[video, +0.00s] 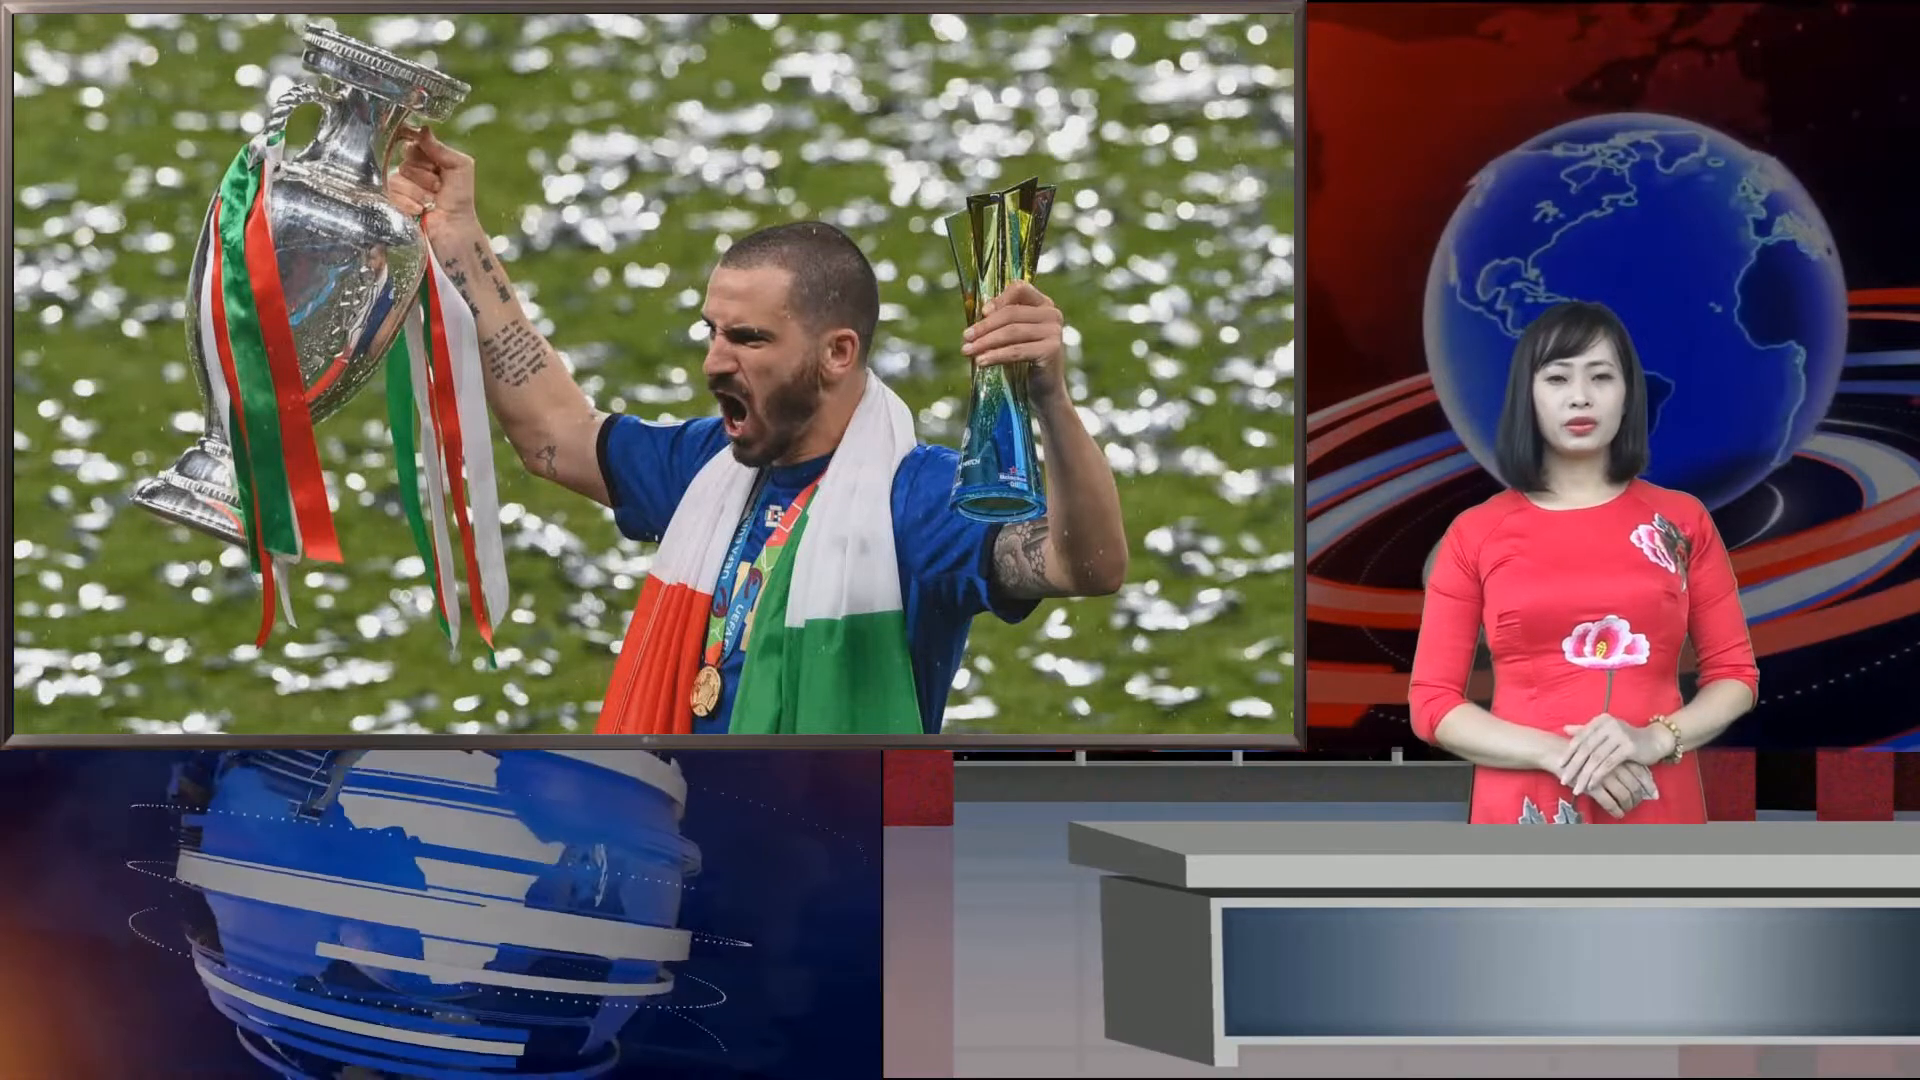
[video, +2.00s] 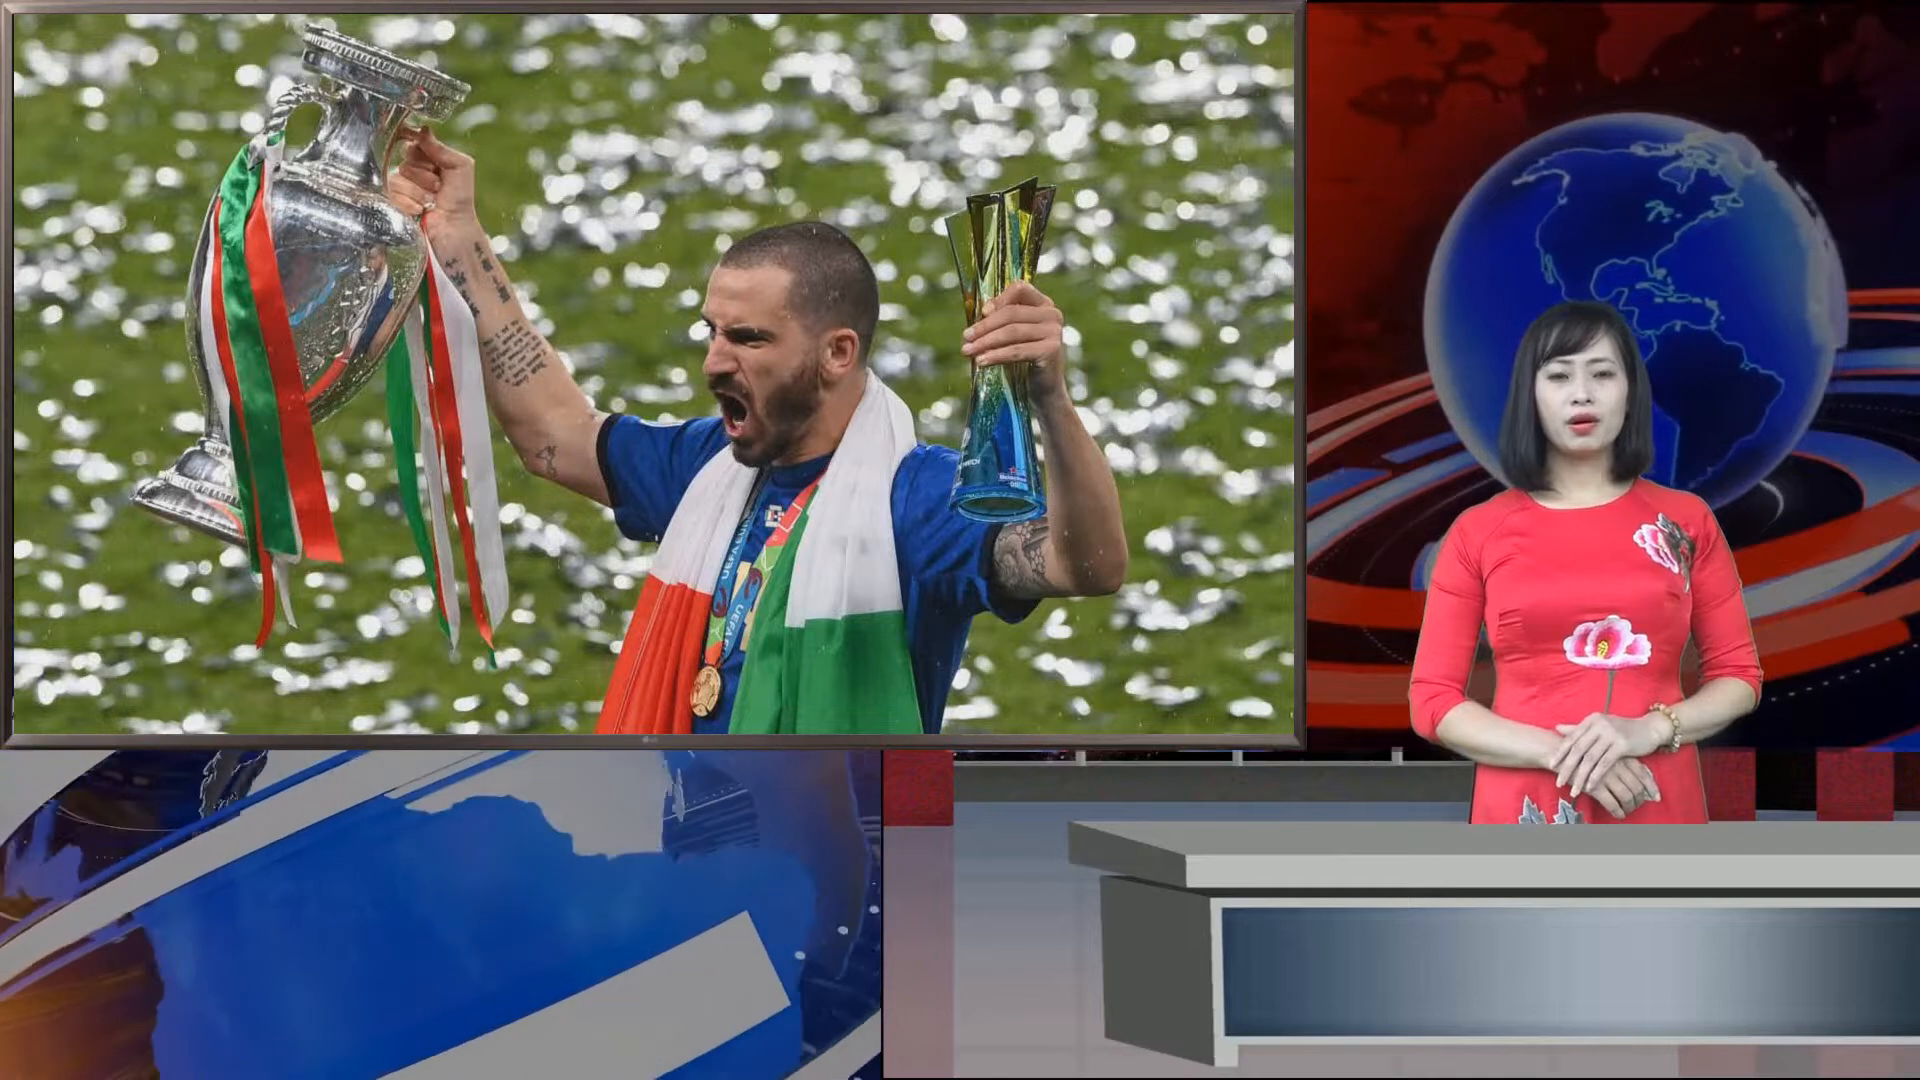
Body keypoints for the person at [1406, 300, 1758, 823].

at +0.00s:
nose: (1580, 396)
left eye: (1601, 377)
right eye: (1557, 378)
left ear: (1627, 394)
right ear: (1528, 395)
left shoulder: (1681, 522)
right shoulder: (1476, 535)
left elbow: (1735, 678)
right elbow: (1432, 704)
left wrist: (1654, 738)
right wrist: (1560, 752)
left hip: (1660, 823)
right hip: (1520, 824)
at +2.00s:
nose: (1581, 393)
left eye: (1602, 374)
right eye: (1559, 376)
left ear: (1630, 392)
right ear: (1531, 394)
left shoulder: (1685, 520)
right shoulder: (1479, 533)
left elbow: (1739, 679)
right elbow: (1433, 701)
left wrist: (1650, 728)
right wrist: (1566, 752)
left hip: (1661, 824)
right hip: (1521, 824)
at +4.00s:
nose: (1581, 394)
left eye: (1603, 374)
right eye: (1560, 375)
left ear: (1632, 392)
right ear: (1533, 392)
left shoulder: (1687, 522)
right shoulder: (1480, 533)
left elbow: (1739, 680)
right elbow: (1433, 700)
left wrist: (1653, 729)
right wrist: (1569, 753)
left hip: (1662, 823)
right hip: (1522, 824)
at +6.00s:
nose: (1584, 393)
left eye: (1606, 373)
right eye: (1562, 375)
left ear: (1634, 391)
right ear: (1534, 392)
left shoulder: (1689, 522)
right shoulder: (1482, 533)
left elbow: (1742, 681)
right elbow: (1435, 701)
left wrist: (1653, 729)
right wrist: (1569, 753)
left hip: (1664, 824)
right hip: (1524, 825)